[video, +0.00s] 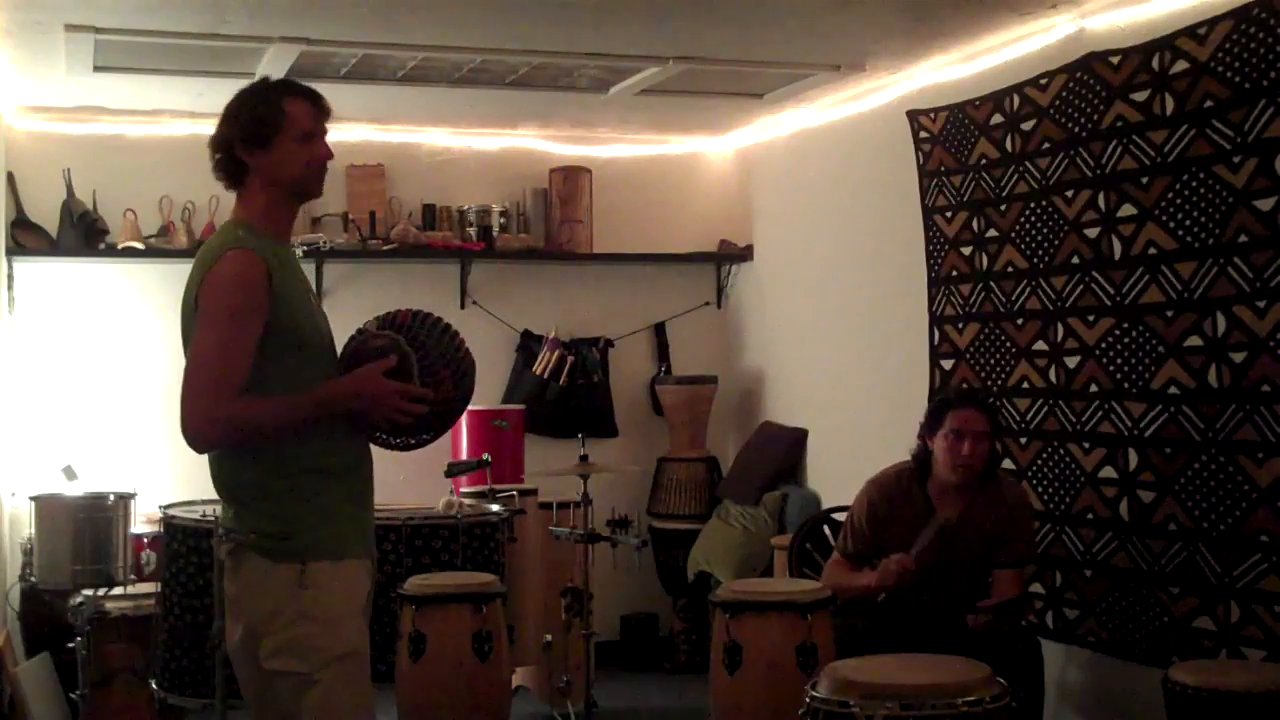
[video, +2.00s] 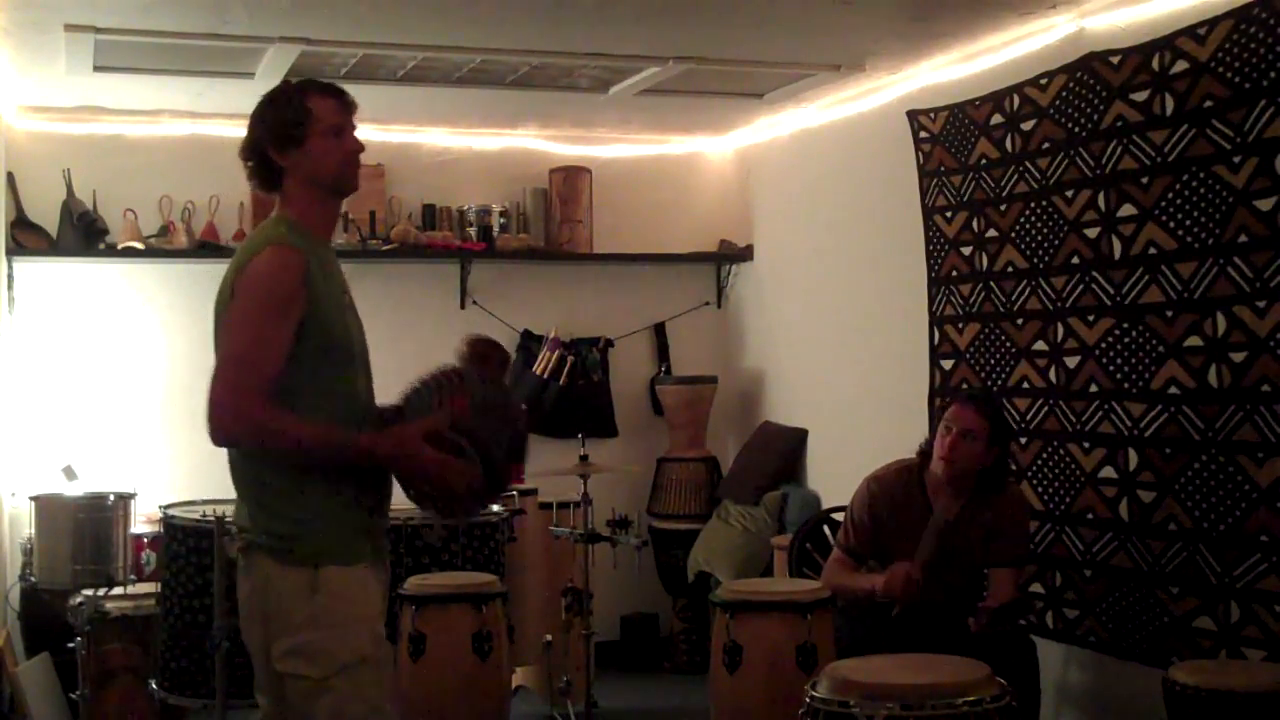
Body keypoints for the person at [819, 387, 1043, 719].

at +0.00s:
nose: (968, 450)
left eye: (979, 439)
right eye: (956, 437)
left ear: (992, 445)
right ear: (929, 438)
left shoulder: (1008, 500)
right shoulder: (883, 492)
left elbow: (1008, 588)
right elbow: (831, 575)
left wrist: (991, 612)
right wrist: (871, 578)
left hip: (966, 624)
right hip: (889, 619)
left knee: (1021, 648)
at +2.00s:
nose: (950, 444)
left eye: (967, 437)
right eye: (947, 429)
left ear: (989, 454)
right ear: (936, 431)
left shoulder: (1005, 505)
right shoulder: (884, 488)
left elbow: (1004, 590)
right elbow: (831, 575)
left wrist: (988, 612)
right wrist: (877, 582)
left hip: (960, 625)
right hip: (886, 620)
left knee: (1016, 650)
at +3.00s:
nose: (979, 452)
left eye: (997, 445)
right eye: (974, 436)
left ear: (1016, 459)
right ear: (957, 436)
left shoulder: (1028, 509)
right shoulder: (907, 483)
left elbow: (1018, 602)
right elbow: (814, 531)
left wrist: (981, 626)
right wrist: (875, 570)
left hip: (969, 618)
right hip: (896, 607)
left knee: (1019, 649)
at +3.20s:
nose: (968, 413)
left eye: (985, 405)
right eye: (961, 399)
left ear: (1004, 423)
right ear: (944, 407)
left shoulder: (1018, 496)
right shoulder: (894, 460)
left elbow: (1024, 596)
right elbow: (801, 510)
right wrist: (858, 542)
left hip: (961, 619)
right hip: (879, 609)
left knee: (1018, 670)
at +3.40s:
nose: (934, 395)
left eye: (948, 386)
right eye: (924, 386)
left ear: (973, 408)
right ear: (909, 402)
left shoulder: (997, 488)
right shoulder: (869, 464)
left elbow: (1022, 582)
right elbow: (776, 507)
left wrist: (980, 585)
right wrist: (838, 551)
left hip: (955, 621)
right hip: (874, 616)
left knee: (1005, 677)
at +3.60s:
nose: (896, 373)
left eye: (909, 368)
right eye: (884, 369)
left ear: (929, 392)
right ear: (868, 398)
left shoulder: (968, 465)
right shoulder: (837, 462)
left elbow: (1005, 543)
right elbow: (762, 521)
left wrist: (965, 567)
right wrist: (832, 536)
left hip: (944, 615)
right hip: (863, 616)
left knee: (995, 671)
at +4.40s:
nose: (895, 398)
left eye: (907, 387)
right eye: (884, 390)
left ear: (929, 399)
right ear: (869, 406)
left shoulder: (966, 472)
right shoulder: (841, 471)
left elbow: (1000, 562)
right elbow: (775, 547)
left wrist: (968, 536)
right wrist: (827, 533)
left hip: (940, 635)